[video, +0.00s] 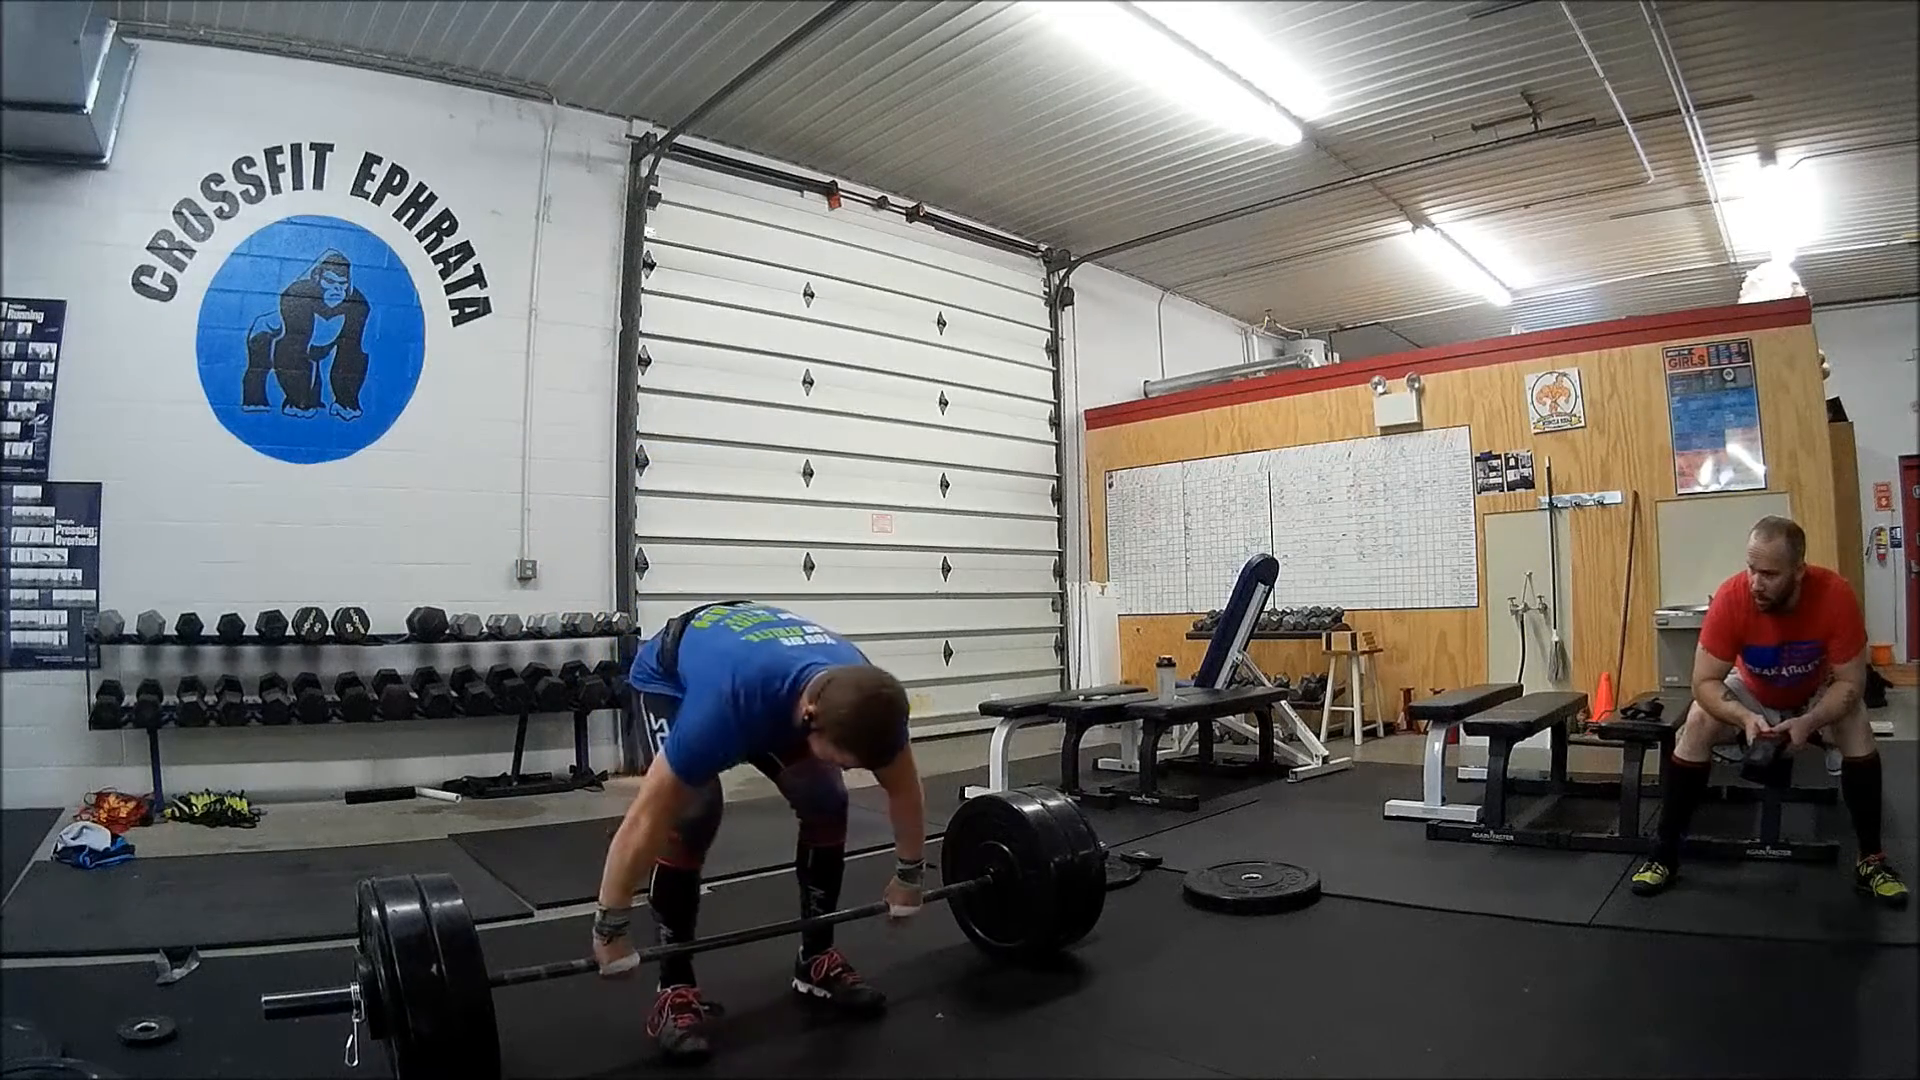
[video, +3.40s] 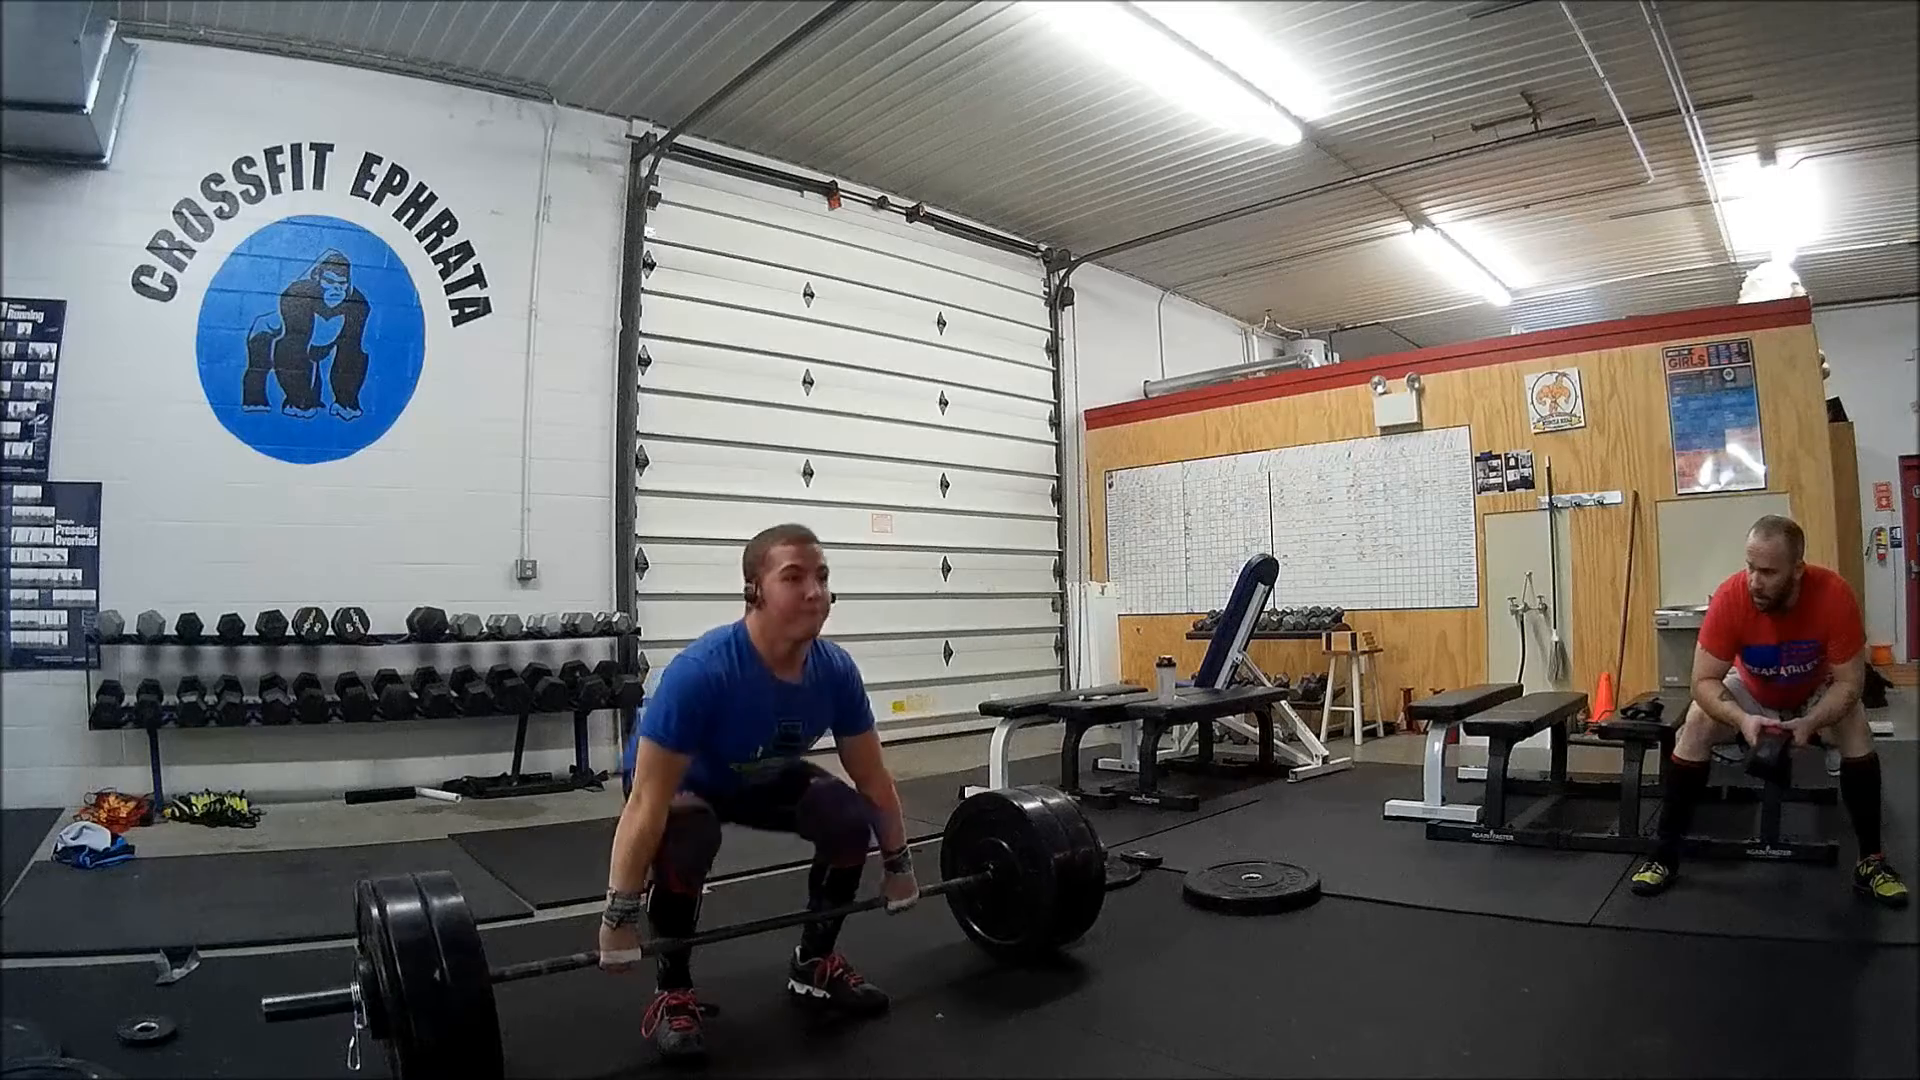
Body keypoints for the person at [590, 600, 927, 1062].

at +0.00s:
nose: (840, 769)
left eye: (853, 765)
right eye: (837, 760)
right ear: (811, 715)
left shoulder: (868, 697)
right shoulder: (723, 708)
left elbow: (904, 787)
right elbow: (645, 818)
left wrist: (910, 874)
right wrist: (610, 928)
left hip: (762, 660)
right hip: (669, 677)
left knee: (826, 801)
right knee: (694, 813)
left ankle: (817, 960)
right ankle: (676, 991)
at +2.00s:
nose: (817, 779)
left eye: (833, 774)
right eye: (815, 767)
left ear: (868, 733)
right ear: (790, 723)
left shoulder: (863, 718)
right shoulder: (700, 705)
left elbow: (899, 793)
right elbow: (631, 816)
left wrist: (909, 877)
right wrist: (603, 930)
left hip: (762, 659)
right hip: (662, 674)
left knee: (824, 803)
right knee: (675, 813)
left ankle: (816, 958)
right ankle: (673, 991)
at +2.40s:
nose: (836, 724)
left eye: (847, 710)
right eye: (824, 710)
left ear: (862, 693)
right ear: (789, 675)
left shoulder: (848, 688)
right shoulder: (703, 685)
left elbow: (880, 784)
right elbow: (651, 812)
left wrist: (901, 868)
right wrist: (619, 923)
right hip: (650, 675)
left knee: (805, 799)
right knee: (659, 826)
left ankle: (813, 959)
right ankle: (670, 990)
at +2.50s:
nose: (840, 662)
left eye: (848, 644)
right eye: (826, 643)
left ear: (856, 637)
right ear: (782, 635)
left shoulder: (847, 687)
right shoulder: (701, 681)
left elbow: (880, 780)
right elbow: (647, 809)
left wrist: (900, 871)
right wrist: (618, 922)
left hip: (742, 721)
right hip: (659, 716)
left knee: (831, 805)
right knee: (672, 819)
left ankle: (815, 961)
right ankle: (671, 994)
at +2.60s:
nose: (824, 616)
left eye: (830, 600)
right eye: (805, 601)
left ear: (837, 606)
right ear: (761, 609)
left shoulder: (839, 684)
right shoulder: (698, 680)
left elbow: (879, 776)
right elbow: (639, 800)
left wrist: (902, 869)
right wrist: (619, 921)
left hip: (762, 770)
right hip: (678, 773)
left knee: (852, 817)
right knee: (674, 830)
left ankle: (814, 963)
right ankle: (673, 997)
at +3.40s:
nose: (814, 590)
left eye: (820, 575)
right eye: (794, 577)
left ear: (830, 587)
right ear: (755, 591)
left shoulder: (835, 672)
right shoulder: (698, 674)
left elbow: (871, 776)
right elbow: (648, 797)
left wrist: (898, 862)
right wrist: (619, 912)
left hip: (765, 779)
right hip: (685, 784)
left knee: (851, 819)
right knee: (690, 834)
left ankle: (815, 963)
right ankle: (674, 996)